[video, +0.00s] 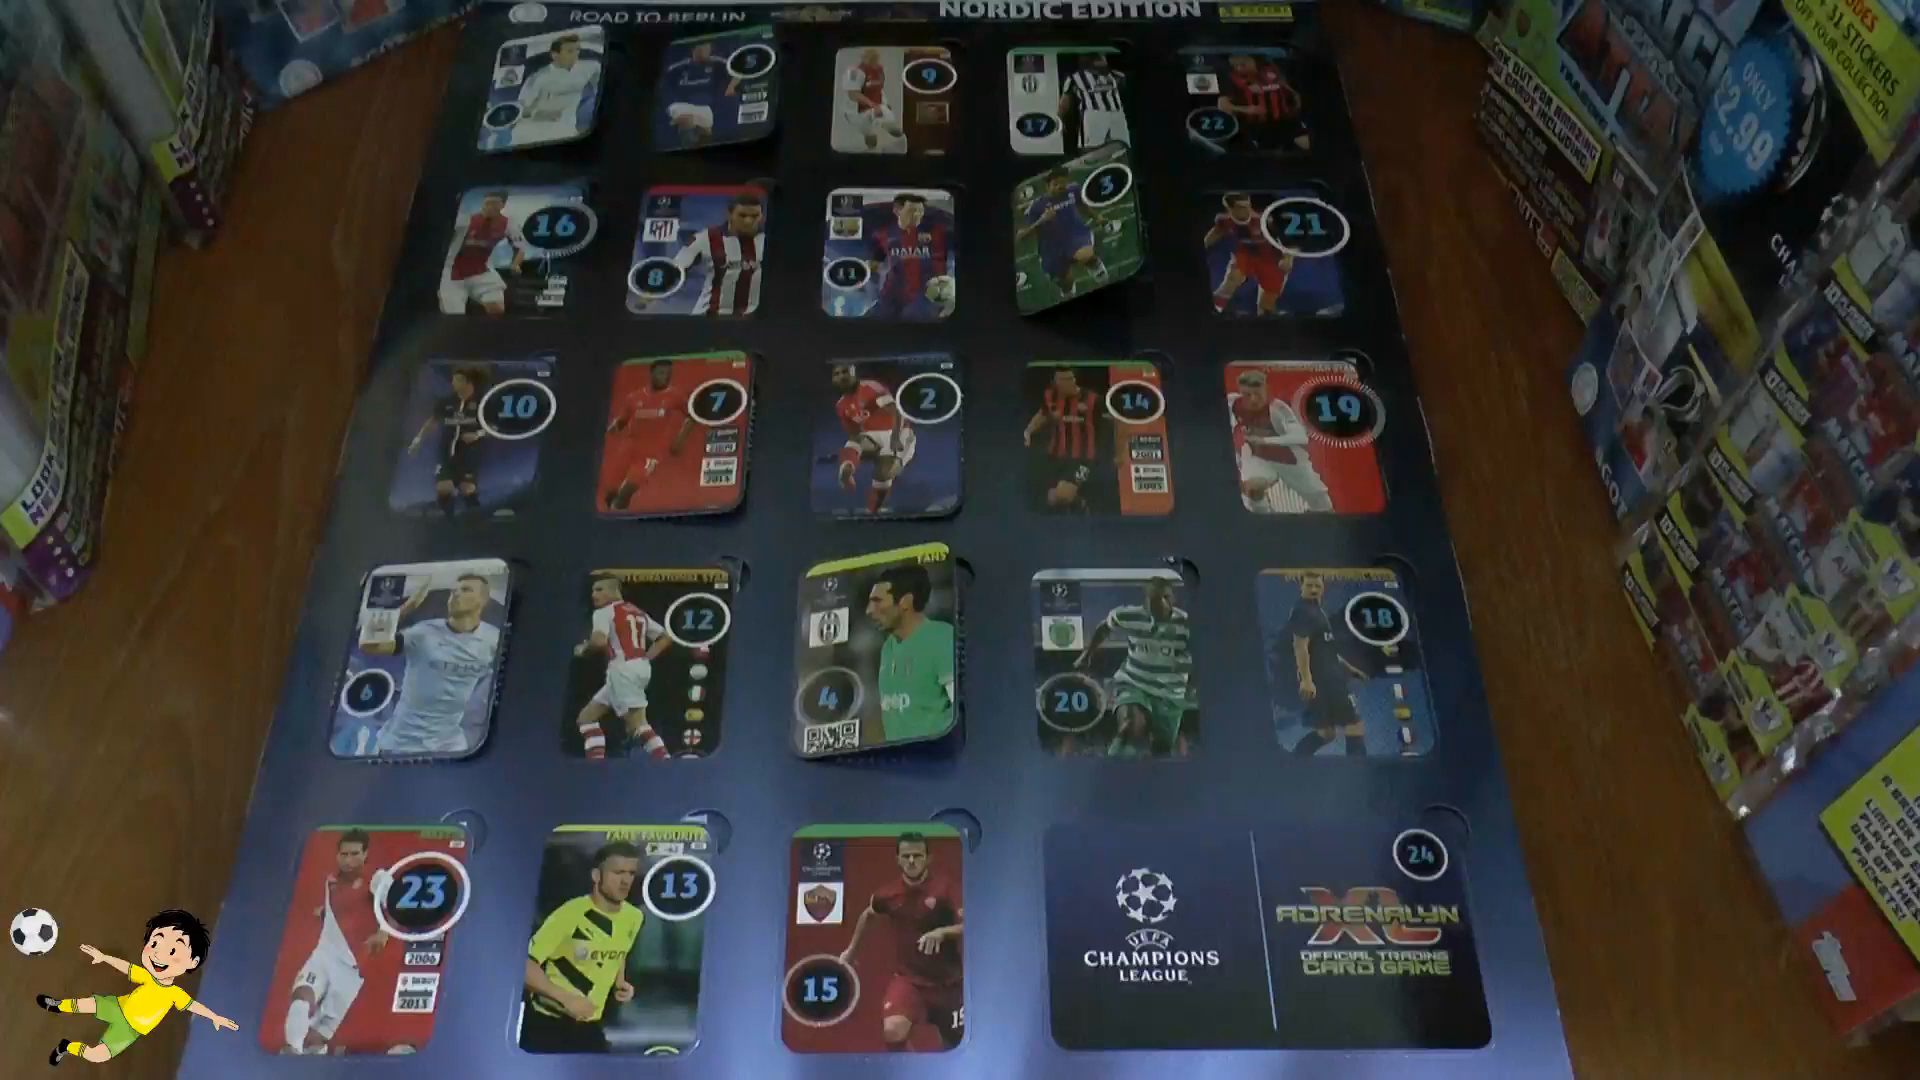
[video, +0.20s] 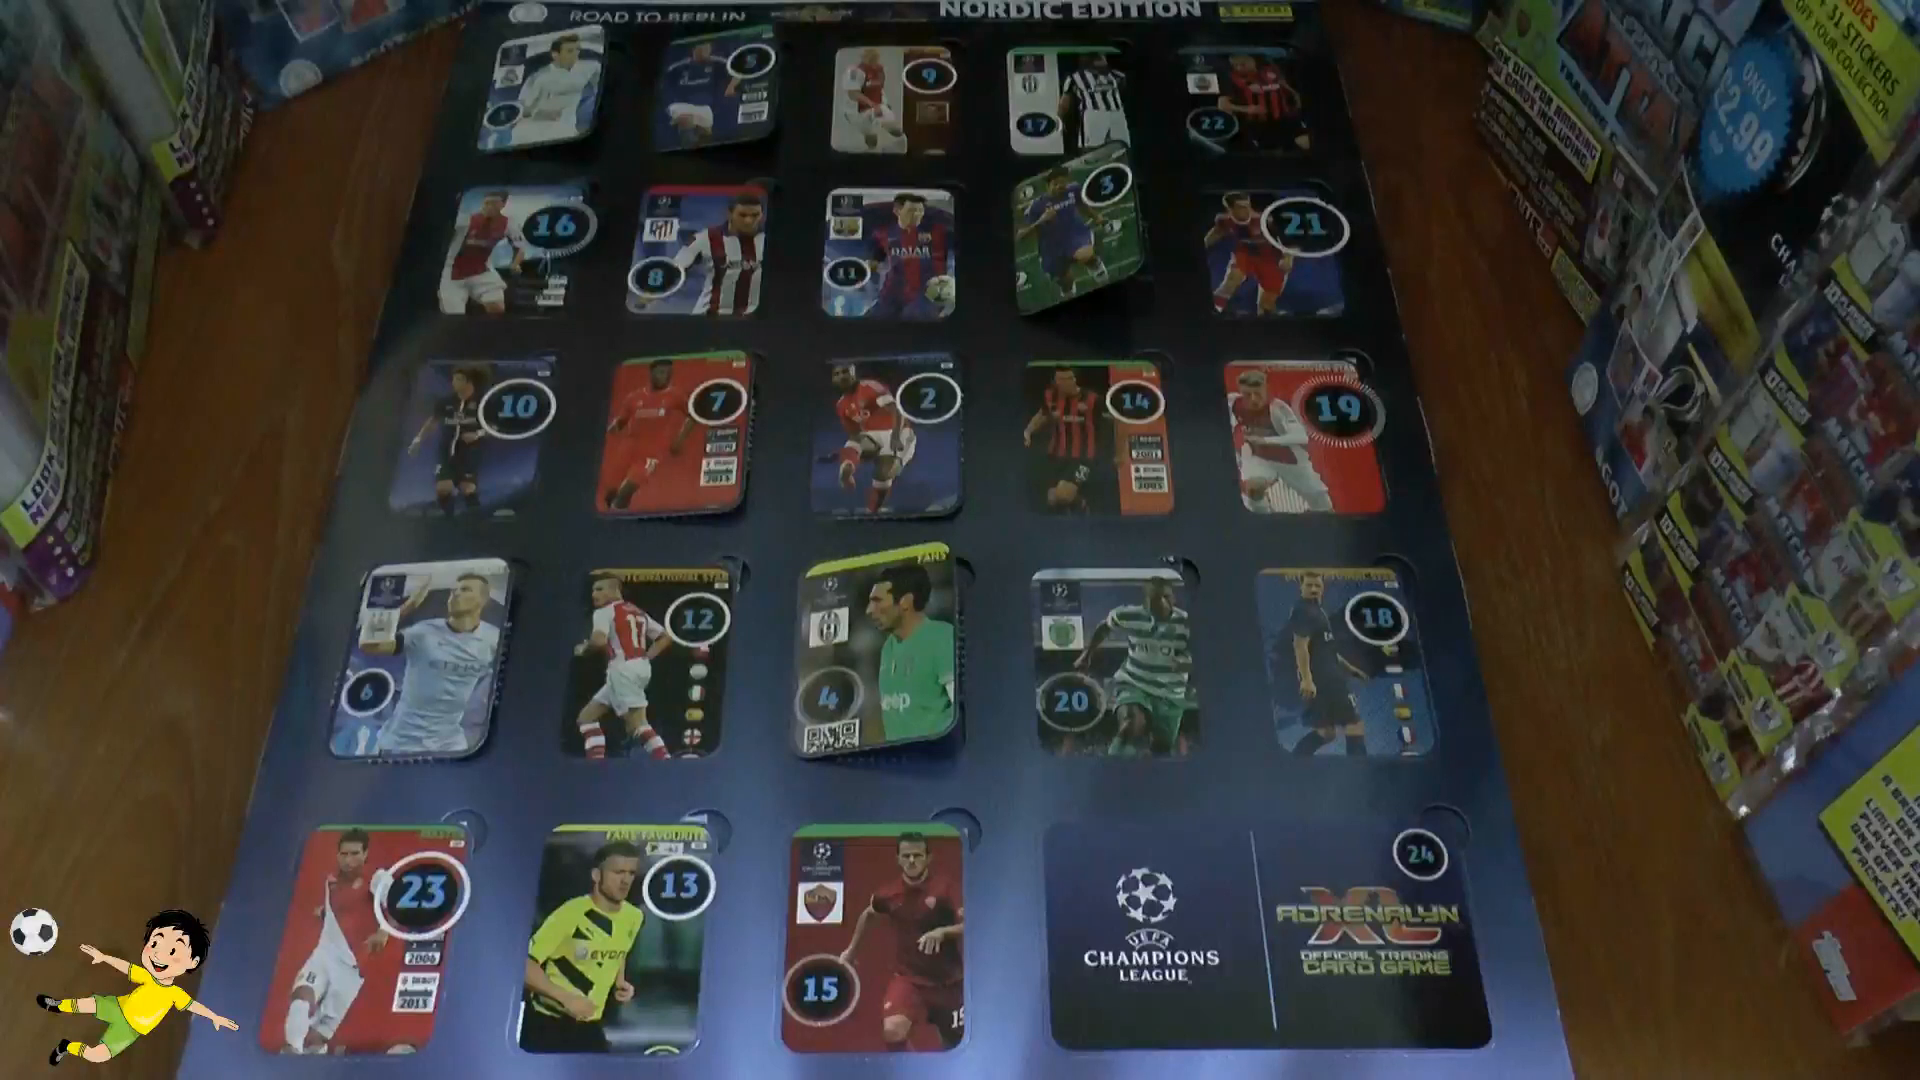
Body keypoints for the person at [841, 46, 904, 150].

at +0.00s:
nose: (874, 61)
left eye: (876, 58)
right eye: (871, 58)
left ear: (878, 58)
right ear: (865, 58)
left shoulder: (879, 69)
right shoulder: (858, 71)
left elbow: (881, 87)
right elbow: (854, 93)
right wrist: (873, 106)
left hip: (880, 107)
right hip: (865, 110)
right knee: (871, 141)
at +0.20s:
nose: (873, 61)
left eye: (875, 58)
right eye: (871, 58)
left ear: (877, 58)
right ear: (865, 58)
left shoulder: (880, 69)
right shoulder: (858, 71)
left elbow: (881, 87)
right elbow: (853, 93)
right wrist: (873, 105)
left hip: (880, 106)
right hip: (864, 109)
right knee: (871, 140)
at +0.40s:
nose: (873, 62)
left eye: (875, 59)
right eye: (870, 59)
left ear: (877, 58)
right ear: (865, 58)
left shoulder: (880, 69)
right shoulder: (857, 71)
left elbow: (881, 86)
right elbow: (854, 93)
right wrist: (873, 105)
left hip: (880, 105)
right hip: (864, 108)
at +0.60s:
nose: (873, 61)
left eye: (875, 58)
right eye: (869, 58)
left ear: (878, 58)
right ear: (865, 58)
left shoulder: (881, 69)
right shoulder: (858, 70)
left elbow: (881, 88)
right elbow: (854, 93)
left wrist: (885, 102)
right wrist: (874, 105)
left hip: (881, 107)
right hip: (864, 110)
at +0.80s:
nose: (869, 60)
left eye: (873, 57)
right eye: (866, 57)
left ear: (877, 57)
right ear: (862, 57)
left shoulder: (881, 69)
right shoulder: (858, 71)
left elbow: (881, 89)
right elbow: (854, 92)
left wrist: (884, 103)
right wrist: (874, 105)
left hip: (880, 107)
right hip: (863, 110)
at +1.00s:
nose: (869, 60)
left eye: (873, 57)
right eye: (866, 57)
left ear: (877, 57)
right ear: (862, 57)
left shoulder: (881, 69)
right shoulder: (857, 71)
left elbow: (881, 89)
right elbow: (853, 92)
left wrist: (884, 103)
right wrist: (874, 105)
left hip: (880, 107)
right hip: (862, 110)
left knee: (897, 132)